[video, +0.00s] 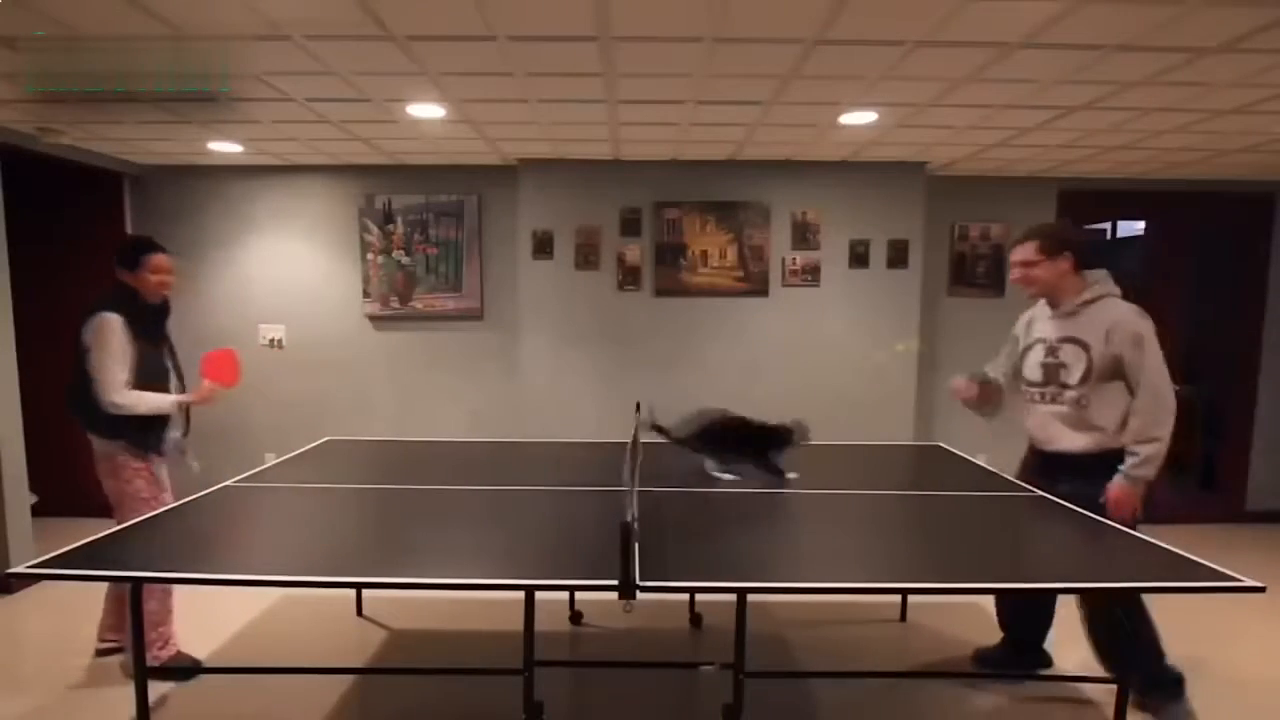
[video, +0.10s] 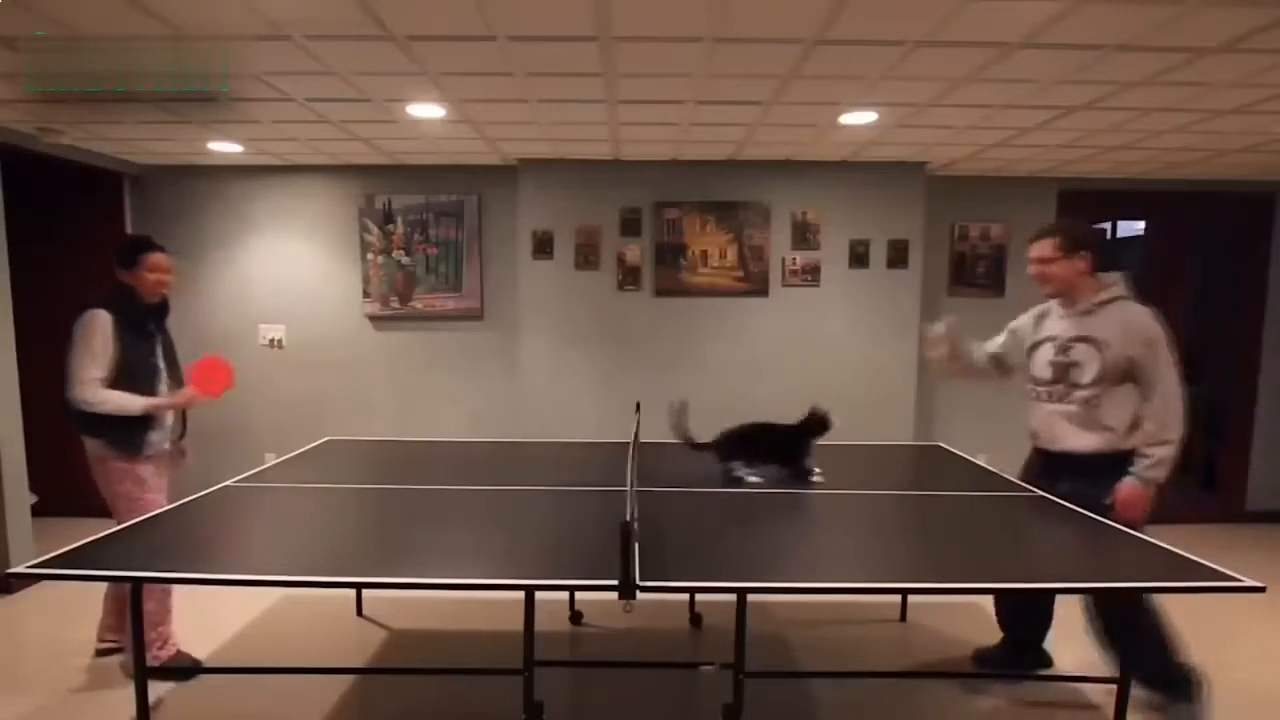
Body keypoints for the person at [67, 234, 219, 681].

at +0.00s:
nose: (166, 282)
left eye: (168, 274)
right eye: (157, 274)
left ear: (167, 277)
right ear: (128, 275)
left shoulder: (149, 319)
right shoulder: (110, 322)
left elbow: (155, 385)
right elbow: (113, 398)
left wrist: (190, 397)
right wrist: (185, 399)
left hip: (145, 445)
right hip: (121, 449)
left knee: (137, 538)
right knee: (158, 538)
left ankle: (114, 634)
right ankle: (157, 650)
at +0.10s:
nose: (164, 281)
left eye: (167, 272)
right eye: (154, 272)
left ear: (168, 277)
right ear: (127, 275)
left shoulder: (154, 324)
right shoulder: (99, 321)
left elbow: (160, 386)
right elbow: (84, 393)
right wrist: (161, 403)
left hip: (154, 450)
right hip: (118, 454)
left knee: (137, 540)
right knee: (156, 539)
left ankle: (114, 634)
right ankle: (156, 649)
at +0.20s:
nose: (158, 278)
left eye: (162, 270)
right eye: (148, 269)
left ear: (163, 276)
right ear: (122, 273)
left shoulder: (156, 323)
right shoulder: (96, 320)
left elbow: (168, 385)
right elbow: (64, 390)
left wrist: (180, 432)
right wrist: (140, 407)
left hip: (155, 453)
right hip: (114, 456)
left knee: (139, 543)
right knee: (144, 544)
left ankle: (113, 634)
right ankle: (151, 651)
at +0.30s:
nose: (156, 278)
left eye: (160, 270)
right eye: (146, 269)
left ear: (161, 276)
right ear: (119, 272)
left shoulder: (154, 323)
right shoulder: (92, 322)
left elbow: (167, 384)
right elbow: (59, 391)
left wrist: (181, 432)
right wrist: (135, 407)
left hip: (154, 456)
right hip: (114, 459)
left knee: (144, 552)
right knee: (135, 553)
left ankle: (123, 652)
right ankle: (121, 664)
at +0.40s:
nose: (158, 277)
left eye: (161, 269)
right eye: (148, 269)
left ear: (161, 274)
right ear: (121, 272)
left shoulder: (155, 322)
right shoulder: (93, 320)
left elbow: (167, 384)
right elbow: (54, 389)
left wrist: (179, 435)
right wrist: (132, 404)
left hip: (154, 457)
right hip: (111, 460)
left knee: (148, 552)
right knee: (128, 555)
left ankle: (137, 648)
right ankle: (114, 667)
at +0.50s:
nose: (167, 283)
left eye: (169, 273)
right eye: (158, 273)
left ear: (166, 276)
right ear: (128, 274)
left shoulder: (158, 325)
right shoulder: (97, 321)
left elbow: (165, 391)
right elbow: (47, 384)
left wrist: (175, 444)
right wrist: (126, 403)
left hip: (152, 460)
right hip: (108, 462)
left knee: (159, 550)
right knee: (136, 554)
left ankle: (142, 644)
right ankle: (115, 667)